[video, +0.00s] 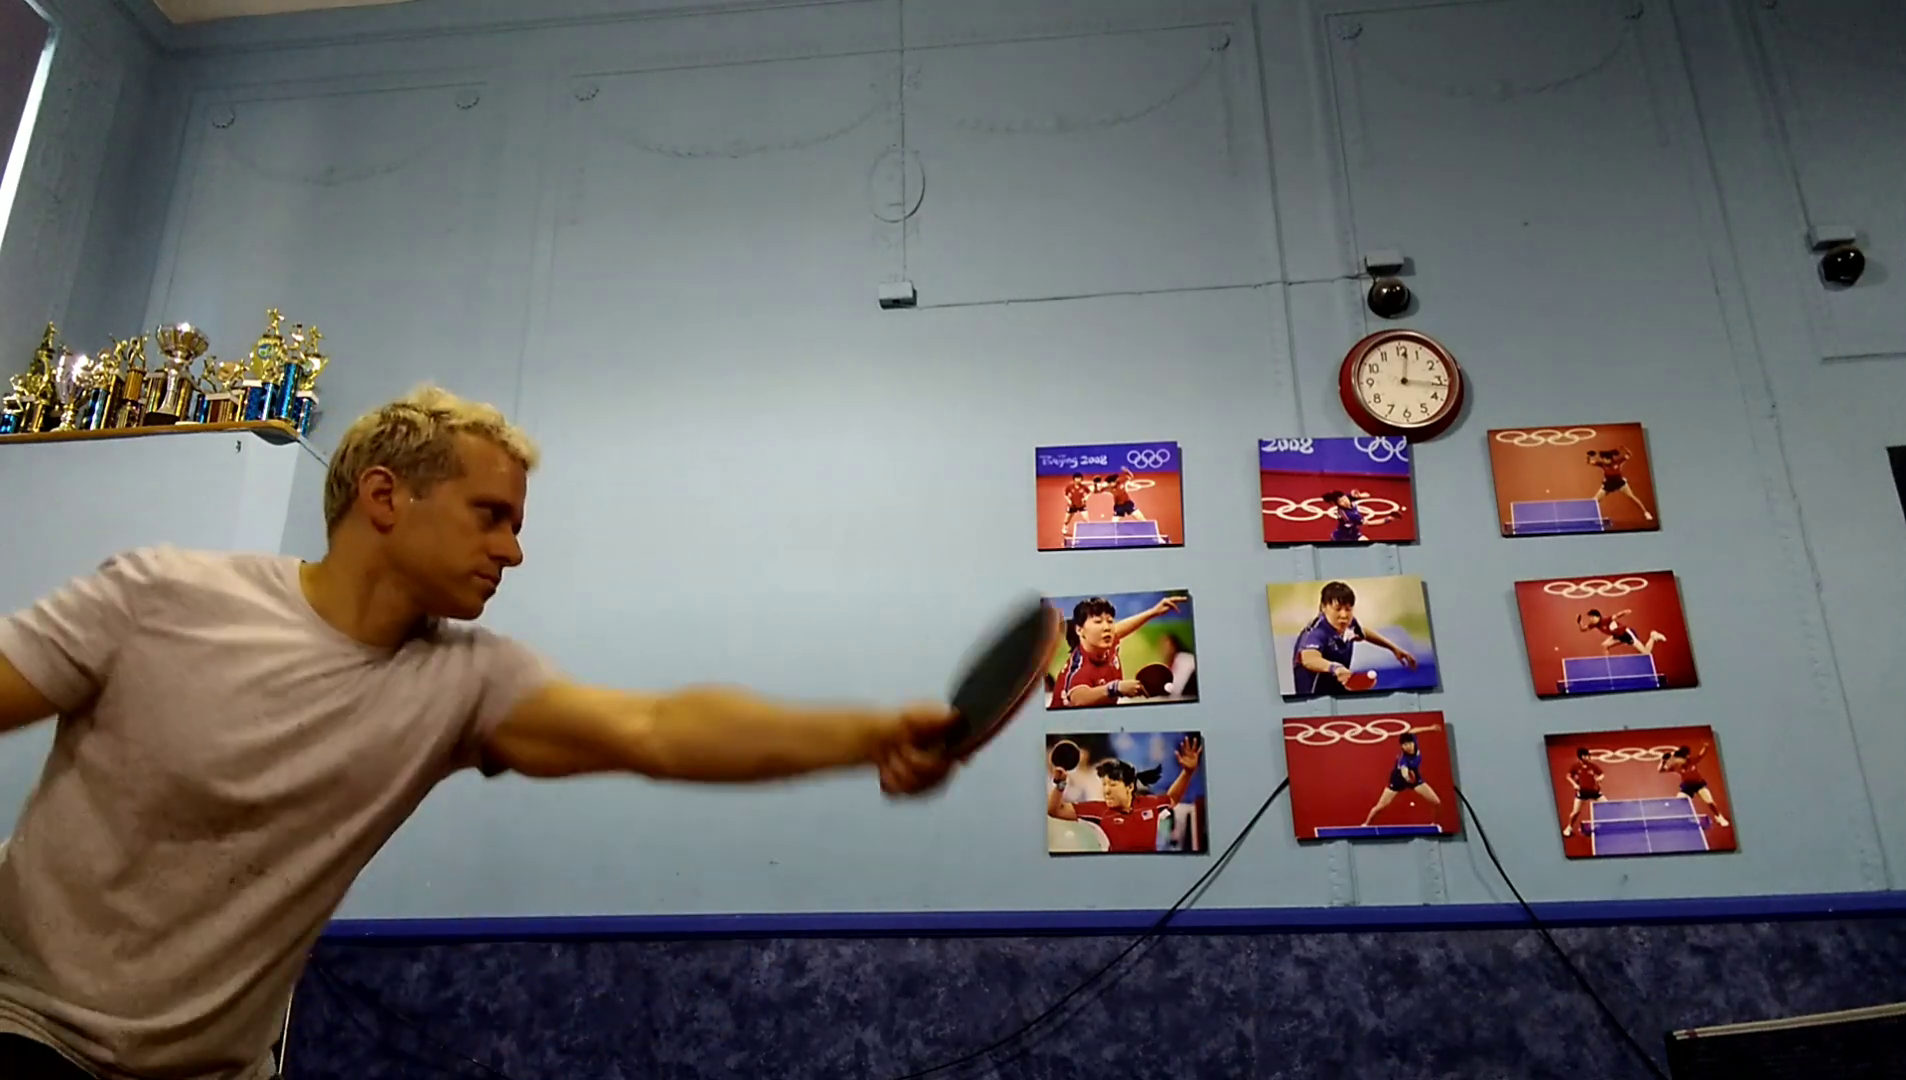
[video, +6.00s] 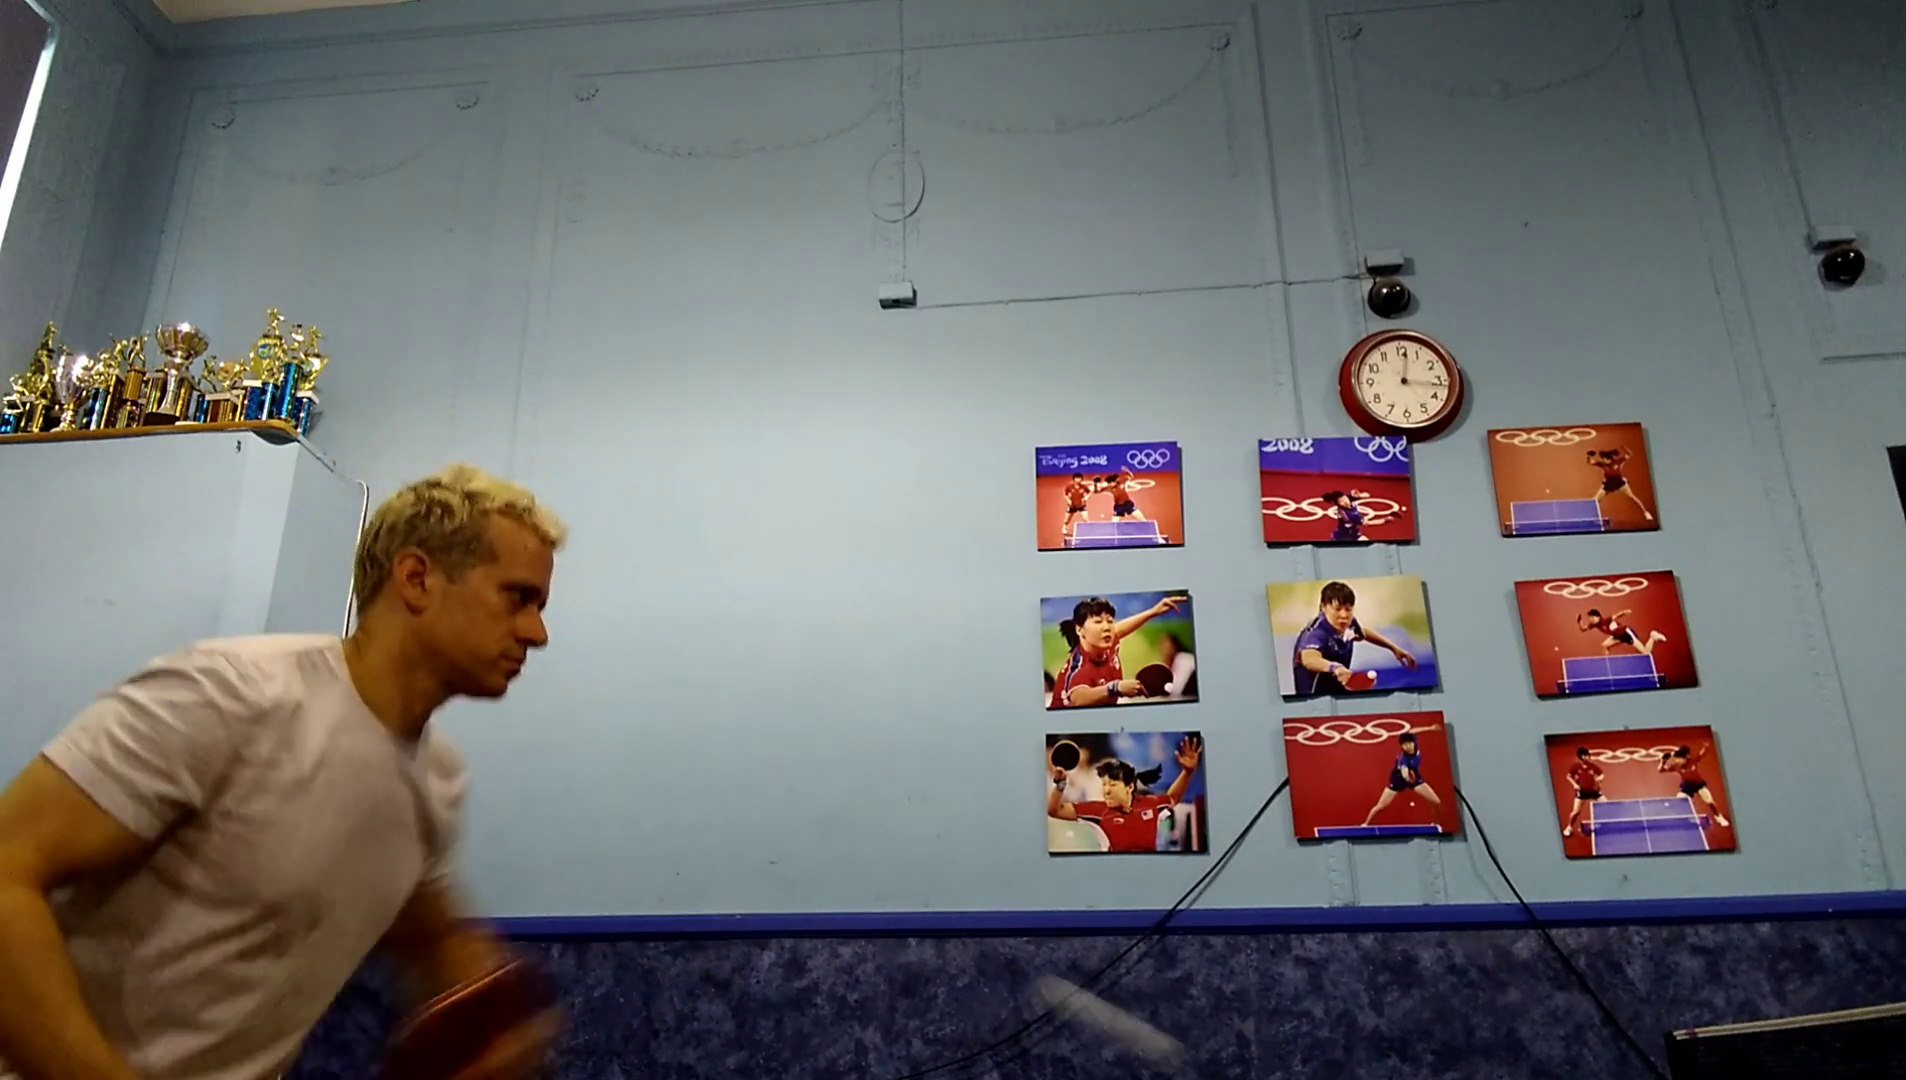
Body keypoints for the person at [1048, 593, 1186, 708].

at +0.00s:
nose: (1107, 628)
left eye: (1109, 622)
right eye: (1098, 622)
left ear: (1114, 626)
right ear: (1080, 630)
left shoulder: (1109, 644)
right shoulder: (1079, 665)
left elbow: (1119, 630)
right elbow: (1078, 699)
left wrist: (1154, 611)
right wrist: (1115, 687)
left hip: (1102, 725)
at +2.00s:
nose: (1107, 628)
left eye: (1110, 622)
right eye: (1098, 622)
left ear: (1114, 626)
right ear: (1080, 630)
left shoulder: (1109, 644)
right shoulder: (1078, 666)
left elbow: (1120, 629)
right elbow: (1078, 698)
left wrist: (1154, 611)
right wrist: (1115, 687)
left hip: (1102, 724)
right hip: (1069, 729)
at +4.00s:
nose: (1107, 628)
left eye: (1110, 622)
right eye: (1098, 622)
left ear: (1114, 626)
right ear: (1080, 630)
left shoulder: (1109, 645)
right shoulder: (1079, 666)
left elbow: (1118, 630)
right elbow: (1078, 698)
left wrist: (1153, 612)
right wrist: (1115, 687)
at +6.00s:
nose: (1107, 628)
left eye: (1110, 622)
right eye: (1098, 622)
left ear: (1114, 626)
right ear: (1080, 630)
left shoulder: (1109, 645)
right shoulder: (1079, 666)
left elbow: (1119, 630)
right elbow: (1078, 698)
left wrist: (1153, 612)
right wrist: (1115, 687)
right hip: (1069, 729)